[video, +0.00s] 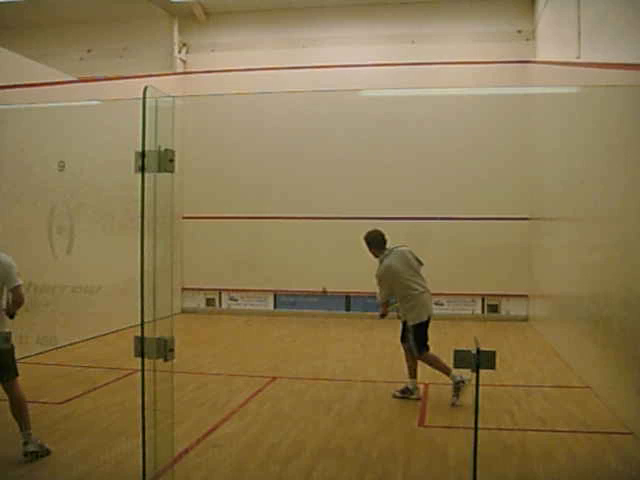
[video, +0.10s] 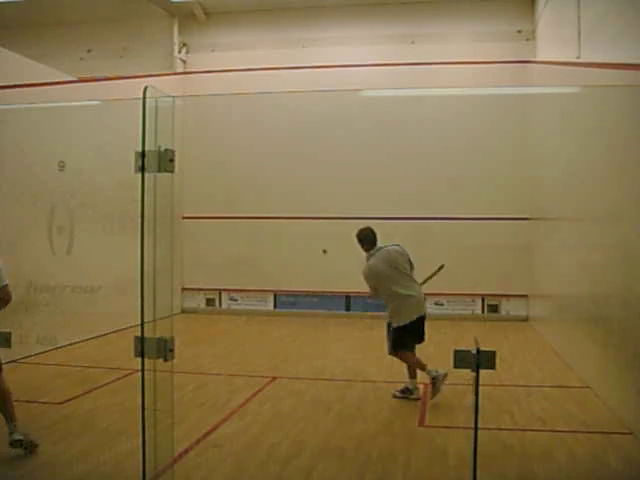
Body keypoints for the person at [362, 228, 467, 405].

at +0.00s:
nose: (369, 251)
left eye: (368, 248)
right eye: (369, 248)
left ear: (371, 249)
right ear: (385, 242)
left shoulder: (383, 270)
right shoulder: (404, 251)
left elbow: (384, 297)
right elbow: (419, 264)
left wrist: (383, 311)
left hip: (415, 312)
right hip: (423, 305)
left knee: (420, 352)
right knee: (407, 343)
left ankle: (455, 377)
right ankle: (412, 385)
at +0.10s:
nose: (361, 246)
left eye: (360, 243)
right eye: (361, 243)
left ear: (362, 245)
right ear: (376, 238)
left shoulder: (370, 269)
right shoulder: (397, 249)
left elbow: (375, 292)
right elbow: (410, 268)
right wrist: (401, 283)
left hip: (400, 312)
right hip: (418, 305)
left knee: (396, 350)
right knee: (408, 348)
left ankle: (433, 374)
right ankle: (412, 385)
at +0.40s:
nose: (332, 241)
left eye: (331, 238)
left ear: (331, 239)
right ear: (348, 236)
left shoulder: (330, 262)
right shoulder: (365, 253)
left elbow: (330, 292)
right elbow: (383, 279)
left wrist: (344, 307)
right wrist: (397, 303)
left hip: (348, 316)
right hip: (374, 313)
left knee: (335, 351)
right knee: (391, 350)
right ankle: (405, 384)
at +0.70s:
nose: (285, 221)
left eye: (287, 217)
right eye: (287, 217)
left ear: (293, 220)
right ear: (307, 221)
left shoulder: (284, 242)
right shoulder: (320, 240)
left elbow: (278, 277)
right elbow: (340, 267)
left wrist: (274, 304)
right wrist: (347, 296)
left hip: (291, 304)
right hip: (314, 304)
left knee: (293, 344)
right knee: (310, 347)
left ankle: (306, 383)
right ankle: (304, 387)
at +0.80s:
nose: (270, 226)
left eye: (272, 222)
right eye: (271, 222)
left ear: (278, 225)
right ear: (293, 226)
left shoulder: (268, 249)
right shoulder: (305, 246)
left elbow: (259, 283)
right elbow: (325, 272)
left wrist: (253, 310)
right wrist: (331, 302)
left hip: (270, 313)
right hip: (295, 314)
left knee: (265, 345)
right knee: (289, 354)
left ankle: (266, 386)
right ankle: (286, 399)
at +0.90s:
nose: (252, 230)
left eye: (254, 227)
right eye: (253, 226)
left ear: (260, 230)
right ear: (275, 231)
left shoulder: (249, 252)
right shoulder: (287, 251)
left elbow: (240, 288)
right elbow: (306, 280)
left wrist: (231, 316)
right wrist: (314, 309)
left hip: (251, 316)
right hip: (277, 318)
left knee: (234, 350)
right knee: (282, 359)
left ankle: (221, 389)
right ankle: (285, 402)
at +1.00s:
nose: (230, 235)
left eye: (233, 231)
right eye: (232, 231)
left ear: (240, 234)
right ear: (254, 235)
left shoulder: (229, 256)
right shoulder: (268, 255)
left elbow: (217, 292)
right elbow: (284, 285)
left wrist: (209, 321)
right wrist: (294, 311)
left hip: (230, 319)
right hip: (260, 320)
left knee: (208, 356)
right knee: (275, 360)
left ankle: (185, 398)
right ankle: (284, 403)